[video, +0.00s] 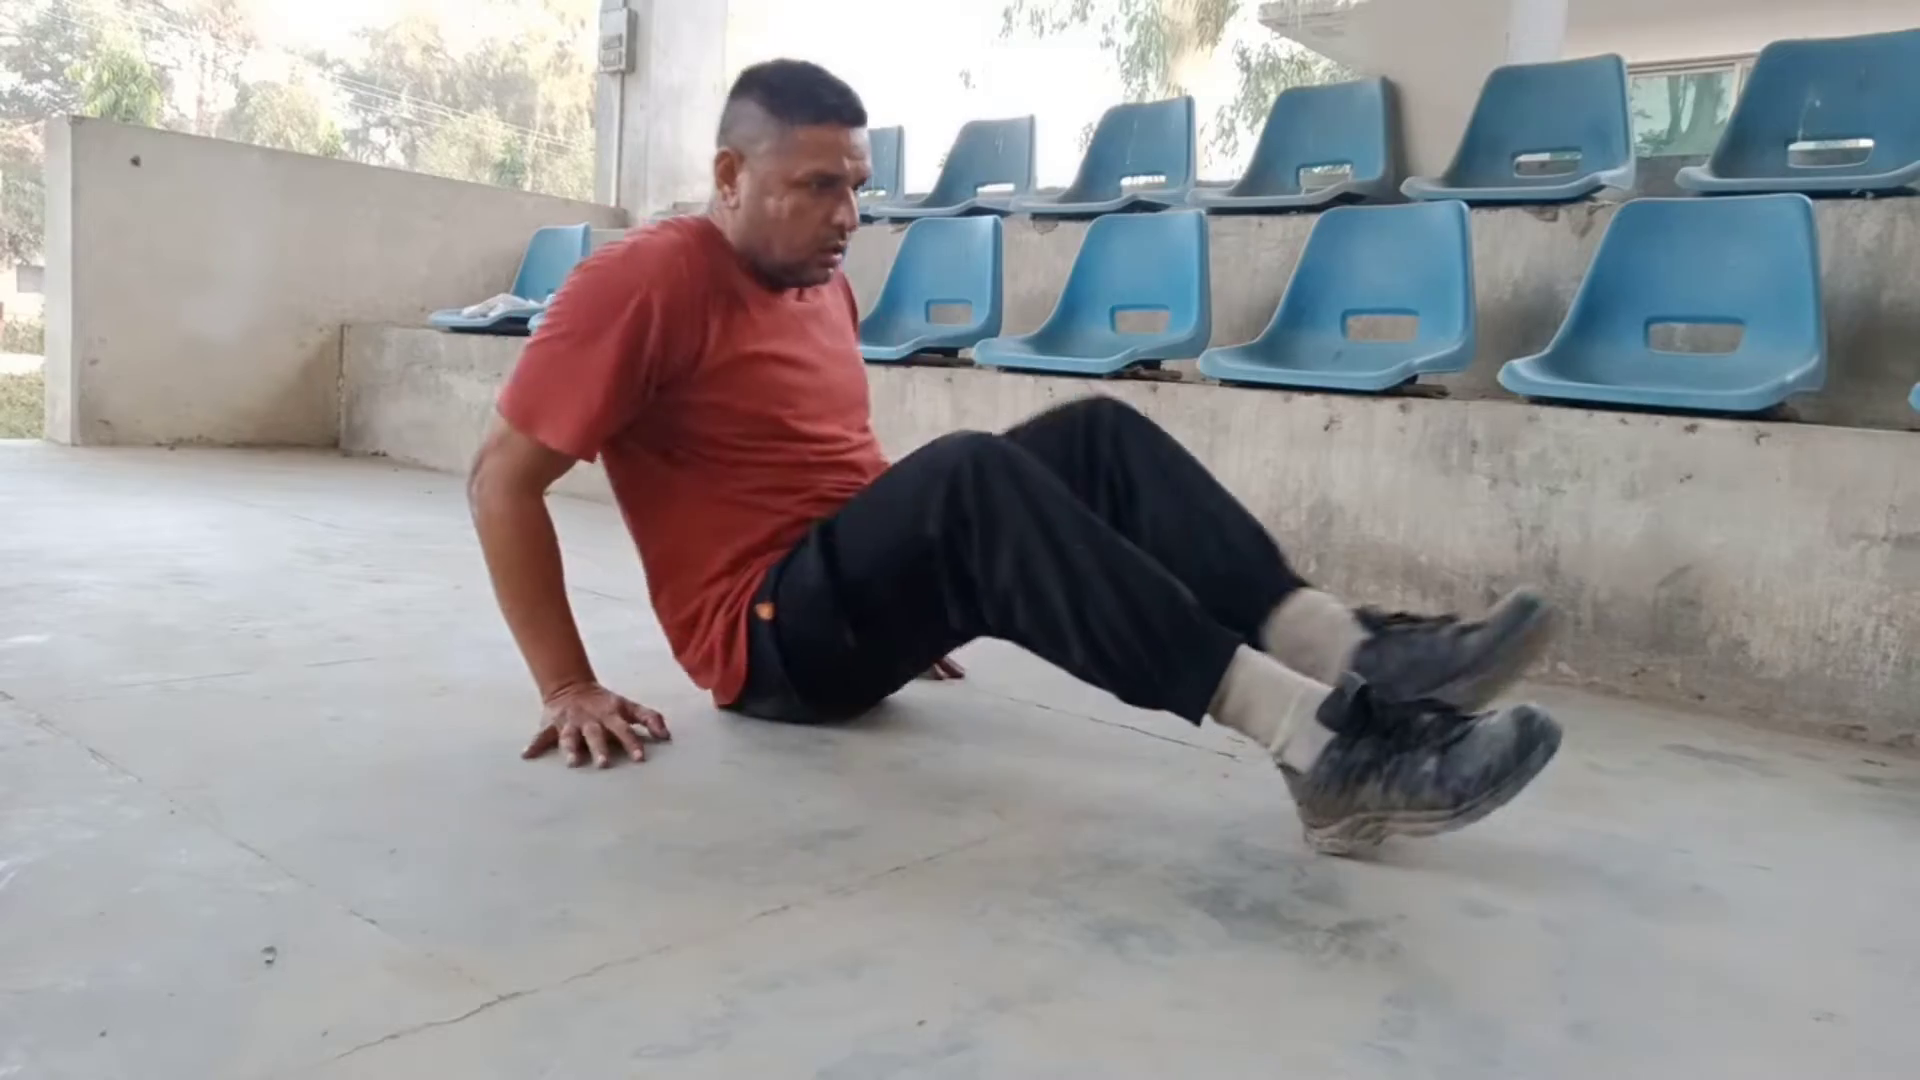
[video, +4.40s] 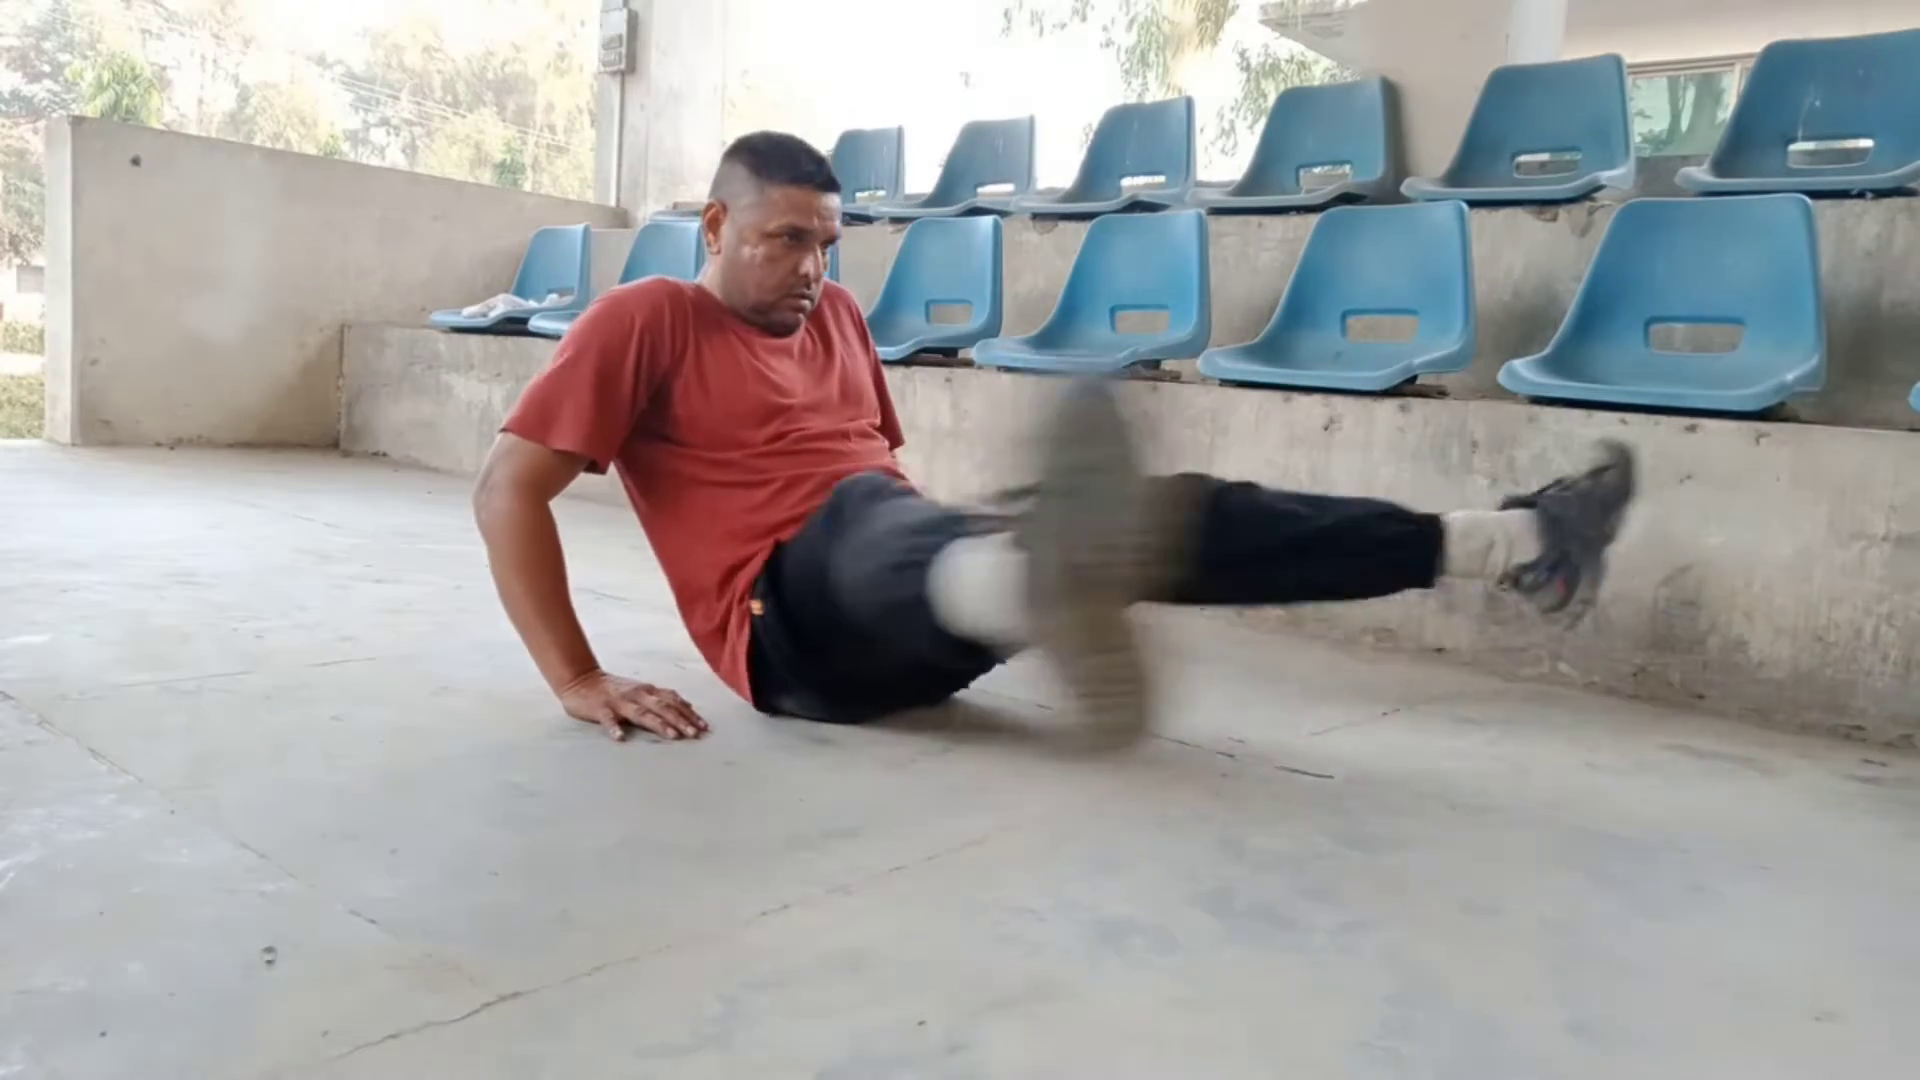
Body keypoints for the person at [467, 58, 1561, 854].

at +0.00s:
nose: (840, 214)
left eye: (851, 187)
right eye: (813, 188)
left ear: (846, 180)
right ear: (728, 178)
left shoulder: (821, 284)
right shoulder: (639, 282)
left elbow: (809, 460)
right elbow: (502, 483)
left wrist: (895, 618)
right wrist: (565, 686)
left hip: (859, 586)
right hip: (763, 632)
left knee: (1097, 432)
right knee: (970, 479)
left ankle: (1357, 661)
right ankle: (1319, 753)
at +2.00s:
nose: (953, 218)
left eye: (966, 194)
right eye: (932, 190)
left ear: (966, 194)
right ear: (852, 179)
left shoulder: (944, 298)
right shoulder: (759, 278)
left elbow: (924, 470)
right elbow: (655, 479)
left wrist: (917, 636)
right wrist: (709, 680)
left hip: (930, 610)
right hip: (836, 624)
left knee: (1177, 457)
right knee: (1084, 462)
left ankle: (1443, 716)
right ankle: (1397, 746)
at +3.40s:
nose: (881, 241)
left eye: (893, 217)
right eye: (856, 214)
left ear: (900, 211)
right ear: (779, 203)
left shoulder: (894, 300)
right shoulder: (694, 297)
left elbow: (902, 450)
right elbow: (560, 471)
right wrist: (582, 678)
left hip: (915, 625)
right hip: (817, 629)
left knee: (1087, 369)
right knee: (996, 377)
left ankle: (1285, 618)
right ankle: (1246, 655)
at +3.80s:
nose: (836, 248)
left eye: (848, 225)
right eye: (812, 223)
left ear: (849, 220)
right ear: (737, 212)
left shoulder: (854, 309)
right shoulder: (662, 312)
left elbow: (887, 458)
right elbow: (524, 481)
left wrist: (929, 571)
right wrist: (578, 679)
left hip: (903, 611)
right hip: (812, 623)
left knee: (1120, 408)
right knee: (1037, 417)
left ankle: (1361, 646)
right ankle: (1328, 659)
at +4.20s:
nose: (796, 252)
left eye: (808, 229)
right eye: (768, 229)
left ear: (818, 230)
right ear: (698, 228)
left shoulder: (820, 316)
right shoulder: (635, 324)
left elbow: (854, 457)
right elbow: (504, 493)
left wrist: (900, 550)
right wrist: (575, 681)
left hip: (903, 571)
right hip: (800, 613)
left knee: (1172, 490)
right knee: (1037, 509)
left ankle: (1504, 589)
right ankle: (1420, 637)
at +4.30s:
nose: (801, 258)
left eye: (813, 236)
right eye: (776, 234)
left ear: (821, 235)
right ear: (706, 226)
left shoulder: (829, 318)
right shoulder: (639, 323)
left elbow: (863, 465)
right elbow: (506, 494)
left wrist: (905, 577)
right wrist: (576, 682)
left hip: (912, 581)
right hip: (790, 626)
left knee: (1179, 493)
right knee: (950, 493)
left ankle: (1544, 553)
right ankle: (1264, 603)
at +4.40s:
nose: (811, 264)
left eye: (823, 240)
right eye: (787, 237)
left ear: (830, 234)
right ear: (715, 223)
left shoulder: (837, 320)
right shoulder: (644, 323)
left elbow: (872, 472)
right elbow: (507, 494)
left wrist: (943, 548)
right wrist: (575, 682)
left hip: (908, 572)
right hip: (787, 609)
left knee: (1170, 518)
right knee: (885, 526)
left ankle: (1517, 548)